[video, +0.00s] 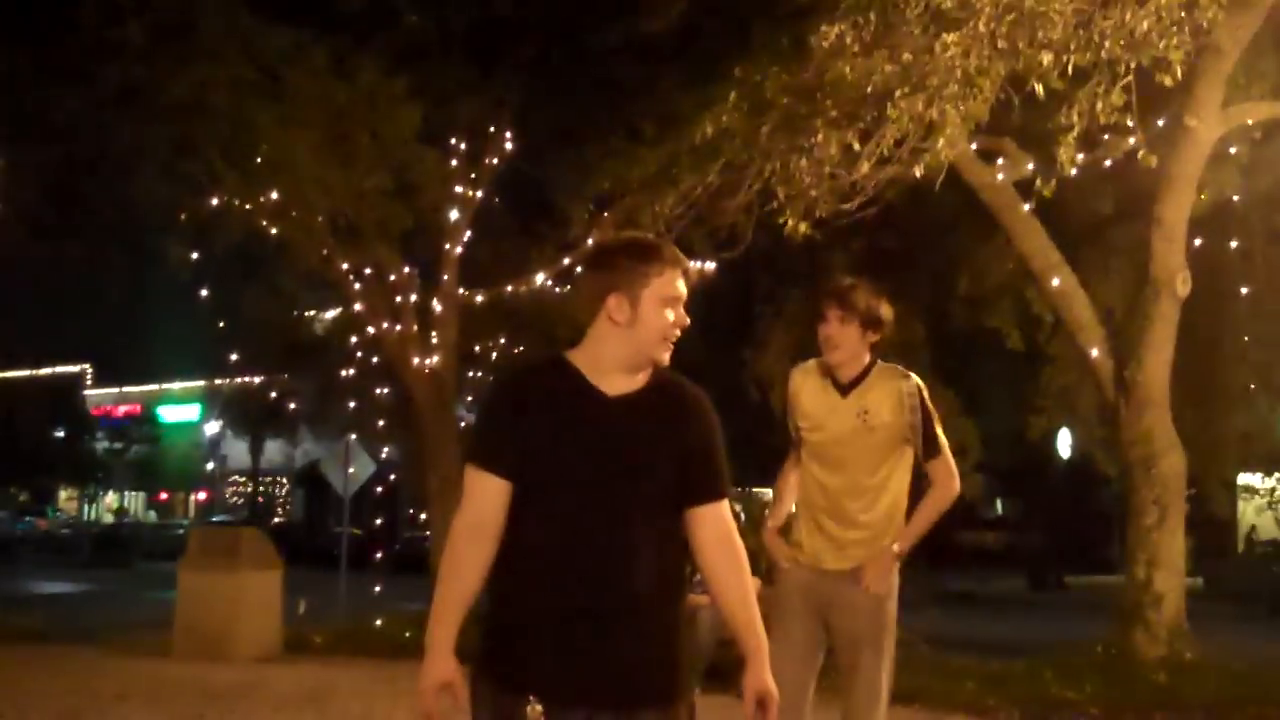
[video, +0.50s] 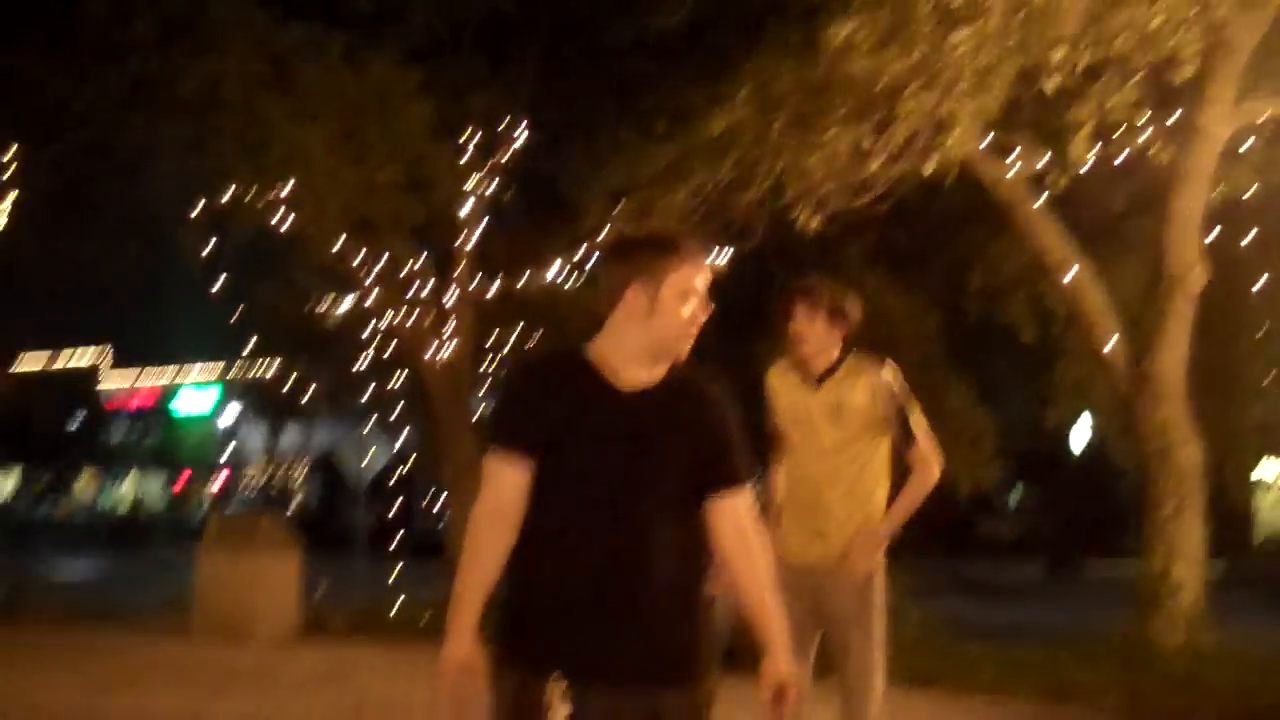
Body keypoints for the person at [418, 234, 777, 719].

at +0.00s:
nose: (683, 321)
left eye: (682, 306)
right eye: (670, 304)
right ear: (617, 308)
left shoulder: (683, 410)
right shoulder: (525, 394)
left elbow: (716, 538)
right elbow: (477, 525)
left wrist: (757, 655)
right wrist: (439, 647)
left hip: (644, 687)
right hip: (527, 685)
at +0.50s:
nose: (704, 312)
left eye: (705, 298)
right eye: (688, 296)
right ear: (634, 297)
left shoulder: (699, 406)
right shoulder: (542, 386)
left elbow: (739, 532)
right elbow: (497, 513)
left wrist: (776, 650)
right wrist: (461, 631)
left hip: (663, 671)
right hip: (541, 667)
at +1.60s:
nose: (633, 336)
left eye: (641, 322)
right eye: (618, 321)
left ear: (648, 321)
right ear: (568, 315)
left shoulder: (645, 409)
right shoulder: (508, 386)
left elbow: (643, 539)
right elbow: (459, 499)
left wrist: (626, 645)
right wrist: (409, 605)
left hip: (596, 652)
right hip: (502, 639)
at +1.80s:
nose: (589, 318)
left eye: (595, 304)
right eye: (572, 304)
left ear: (603, 302)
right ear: (524, 303)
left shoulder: (608, 385)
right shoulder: (473, 374)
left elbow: (622, 513)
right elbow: (428, 490)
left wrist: (632, 622)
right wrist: (390, 592)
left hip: (576, 627)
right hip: (481, 620)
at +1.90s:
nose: (600, 315)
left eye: (607, 302)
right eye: (584, 302)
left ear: (615, 302)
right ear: (536, 301)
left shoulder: (619, 385)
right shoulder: (486, 376)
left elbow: (637, 505)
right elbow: (446, 487)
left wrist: (652, 619)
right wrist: (409, 589)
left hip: (591, 627)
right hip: (493, 620)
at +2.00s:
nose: (596, 319)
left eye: (603, 305)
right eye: (580, 305)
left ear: (611, 306)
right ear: (532, 305)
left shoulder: (612, 389)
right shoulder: (483, 380)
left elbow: (627, 511)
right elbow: (439, 493)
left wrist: (638, 623)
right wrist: (393, 595)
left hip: (578, 633)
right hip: (480, 624)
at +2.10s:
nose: (574, 321)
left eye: (580, 308)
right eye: (558, 308)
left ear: (586, 309)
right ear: (510, 307)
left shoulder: (589, 394)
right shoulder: (459, 381)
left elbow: (603, 515)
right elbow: (415, 496)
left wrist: (609, 624)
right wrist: (369, 595)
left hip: (549, 637)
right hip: (452, 627)